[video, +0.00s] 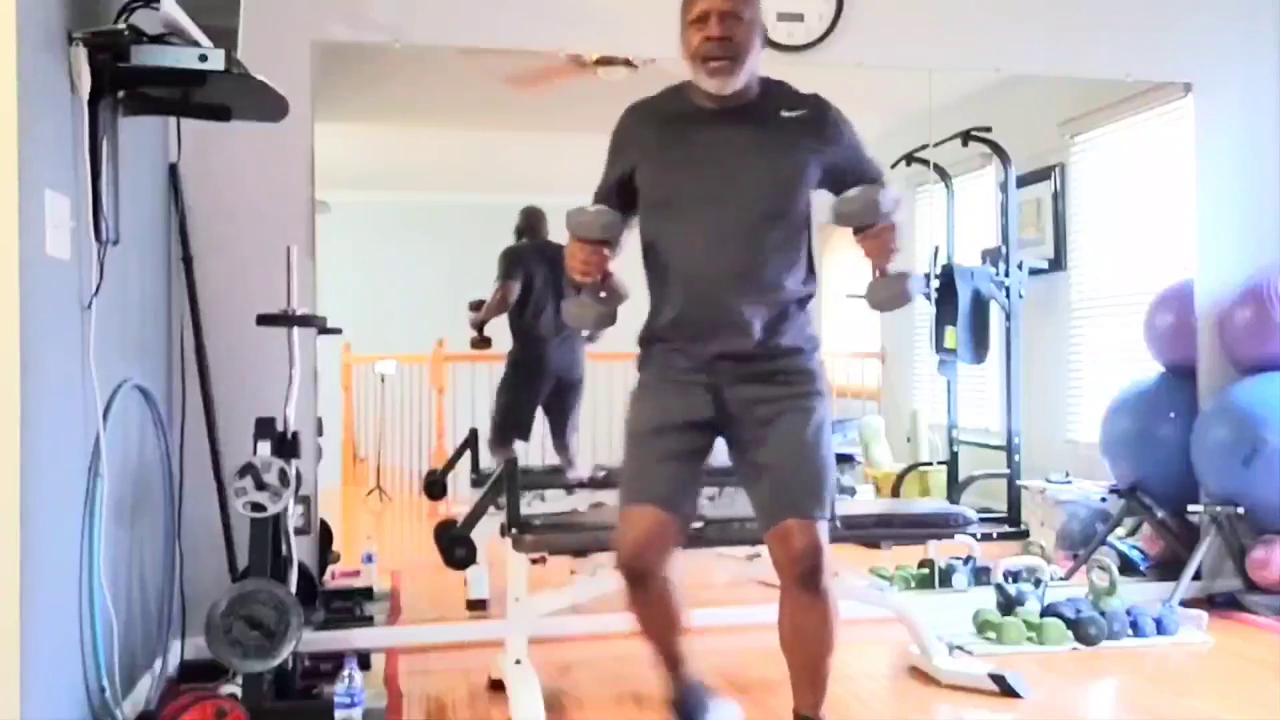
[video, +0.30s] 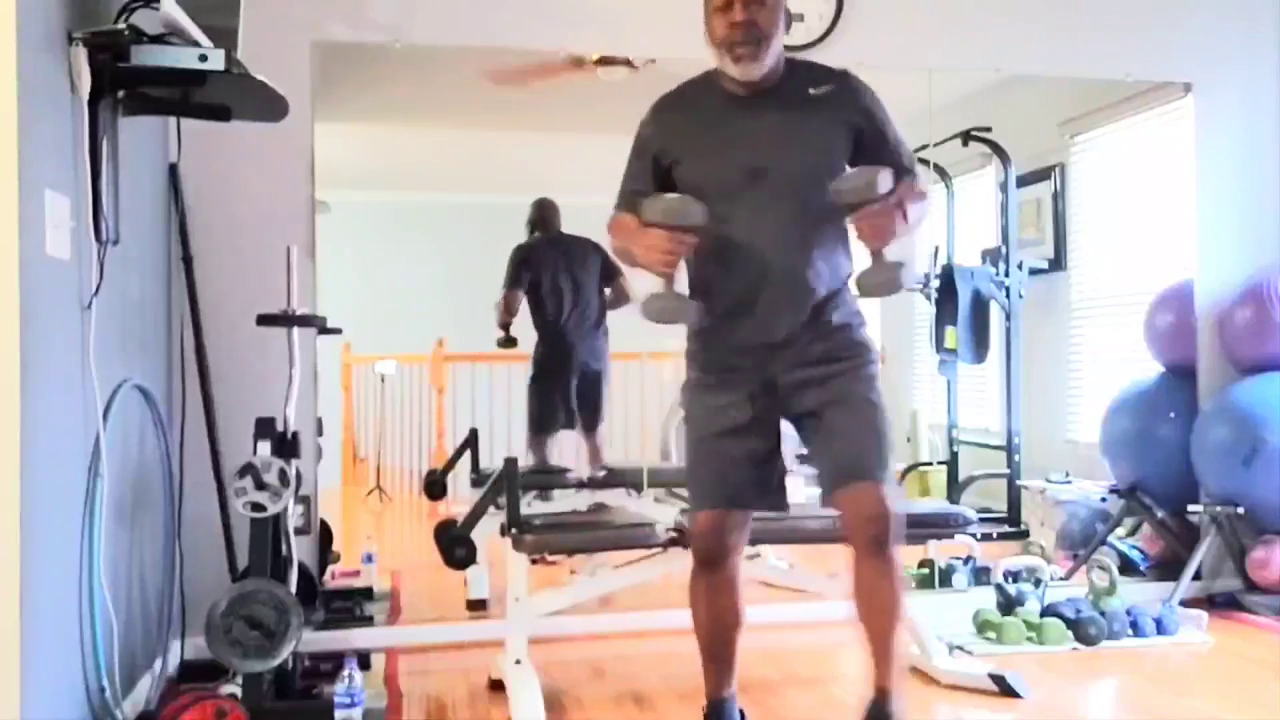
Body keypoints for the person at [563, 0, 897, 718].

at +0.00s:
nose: (716, 31)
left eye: (732, 17)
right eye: (700, 19)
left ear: (761, 29)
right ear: (682, 33)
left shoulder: (812, 120)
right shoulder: (644, 123)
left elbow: (874, 207)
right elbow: (600, 229)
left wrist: (881, 236)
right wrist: (581, 255)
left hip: (781, 366)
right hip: (675, 366)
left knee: (803, 556)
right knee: (639, 551)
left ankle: (808, 713)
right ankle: (685, 689)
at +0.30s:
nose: (740, 18)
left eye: (756, 4)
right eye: (723, 6)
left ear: (785, 13)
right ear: (705, 19)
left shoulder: (843, 98)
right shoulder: (672, 116)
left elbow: (912, 186)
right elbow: (622, 224)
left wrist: (897, 212)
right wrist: (638, 243)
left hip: (829, 346)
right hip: (723, 358)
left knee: (874, 520)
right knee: (712, 539)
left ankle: (885, 702)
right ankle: (721, 705)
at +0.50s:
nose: (786, 104)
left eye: (802, 90)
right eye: (771, 92)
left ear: (830, 99)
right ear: (754, 103)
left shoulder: (884, 183)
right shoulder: (723, 193)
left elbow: (934, 310)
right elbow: (681, 313)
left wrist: (877, 301)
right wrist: (721, 308)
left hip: (859, 411)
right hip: (750, 411)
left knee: (960, 561)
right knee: (698, 569)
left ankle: (1003, 714)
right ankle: (719, 709)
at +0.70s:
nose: (850, 140)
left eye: (865, 126)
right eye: (835, 127)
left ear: (896, 137)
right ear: (815, 140)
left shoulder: (947, 217)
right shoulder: (782, 222)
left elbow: (1010, 335)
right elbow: (734, 337)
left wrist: (954, 328)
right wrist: (759, 336)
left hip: (918, 436)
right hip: (802, 433)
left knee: (1006, 581)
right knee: (723, 567)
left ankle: (1014, 717)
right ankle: (725, 711)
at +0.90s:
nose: (890, 43)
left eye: (907, 27)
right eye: (874, 29)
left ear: (939, 36)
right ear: (855, 44)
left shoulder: (1001, 119)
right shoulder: (825, 138)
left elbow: (1059, 220)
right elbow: (783, 243)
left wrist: (1057, 252)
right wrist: (771, 274)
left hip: (971, 363)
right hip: (859, 363)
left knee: (1007, 550)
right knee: (797, 532)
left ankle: (1018, 713)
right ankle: (809, 683)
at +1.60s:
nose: (882, 116)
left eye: (897, 103)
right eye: (867, 104)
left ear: (925, 118)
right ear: (845, 121)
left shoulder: (975, 202)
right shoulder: (805, 209)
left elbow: (1032, 335)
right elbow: (765, 341)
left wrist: (980, 321)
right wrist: (819, 334)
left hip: (952, 428)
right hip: (837, 426)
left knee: (1059, 575)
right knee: (749, 566)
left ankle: (1029, 715)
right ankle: (726, 714)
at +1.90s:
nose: (796, 61)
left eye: (812, 46)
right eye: (781, 48)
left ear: (842, 56)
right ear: (760, 62)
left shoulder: (894, 142)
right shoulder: (726, 155)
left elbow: (955, 250)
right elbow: (674, 265)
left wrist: (934, 267)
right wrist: (702, 282)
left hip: (867, 376)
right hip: (758, 380)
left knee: (946, 538)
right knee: (717, 555)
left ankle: (975, 703)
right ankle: (718, 713)